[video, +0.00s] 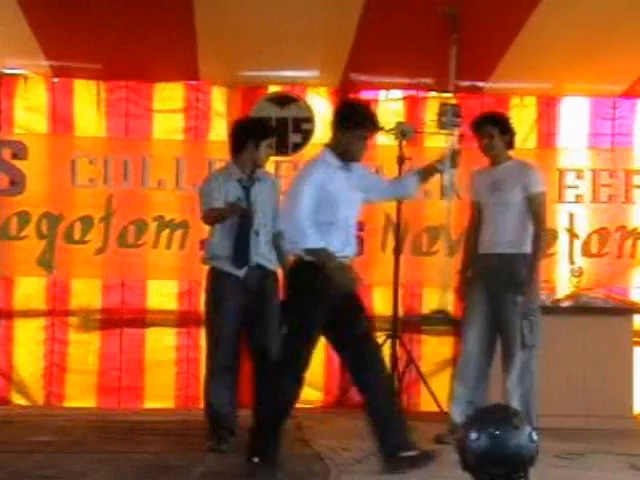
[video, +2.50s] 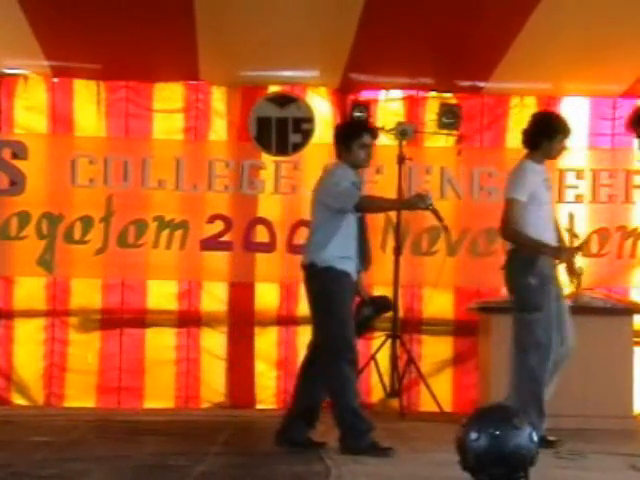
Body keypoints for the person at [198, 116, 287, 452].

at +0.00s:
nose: (266, 155)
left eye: (267, 149)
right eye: (262, 148)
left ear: (260, 151)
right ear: (245, 148)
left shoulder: (269, 184)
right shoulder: (217, 182)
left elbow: (275, 229)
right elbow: (208, 216)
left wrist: (288, 261)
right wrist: (230, 212)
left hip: (263, 274)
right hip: (226, 273)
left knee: (268, 351)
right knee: (223, 352)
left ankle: (268, 429)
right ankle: (221, 427)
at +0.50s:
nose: (288, 155)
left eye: (290, 148)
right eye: (284, 147)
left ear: (278, 148)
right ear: (265, 145)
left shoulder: (270, 182)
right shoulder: (244, 182)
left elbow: (261, 236)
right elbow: (274, 216)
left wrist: (274, 279)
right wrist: (327, 207)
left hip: (264, 279)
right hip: (238, 277)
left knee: (275, 354)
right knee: (231, 353)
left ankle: (287, 428)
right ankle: (222, 429)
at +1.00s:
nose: (325, 151)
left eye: (325, 145)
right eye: (320, 145)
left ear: (311, 149)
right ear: (303, 146)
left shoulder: (300, 180)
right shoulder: (291, 177)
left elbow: (297, 247)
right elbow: (327, 205)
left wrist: (313, 292)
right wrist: (381, 197)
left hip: (295, 274)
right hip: (281, 271)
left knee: (297, 353)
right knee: (278, 350)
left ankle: (292, 431)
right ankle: (239, 426)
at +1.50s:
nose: (337, 154)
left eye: (338, 148)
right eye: (332, 148)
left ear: (324, 151)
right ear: (313, 148)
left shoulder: (312, 179)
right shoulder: (305, 176)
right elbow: (346, 197)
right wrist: (399, 196)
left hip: (300, 271)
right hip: (286, 268)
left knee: (302, 354)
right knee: (286, 350)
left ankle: (294, 432)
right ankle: (254, 428)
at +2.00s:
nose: (344, 155)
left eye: (346, 149)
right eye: (338, 148)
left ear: (340, 152)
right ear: (320, 149)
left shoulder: (316, 178)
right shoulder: (311, 176)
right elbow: (347, 195)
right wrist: (394, 194)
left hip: (303, 267)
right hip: (297, 266)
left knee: (307, 343)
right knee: (319, 342)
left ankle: (296, 429)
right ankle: (302, 431)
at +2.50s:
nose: (368, 153)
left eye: (370, 147)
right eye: (362, 147)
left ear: (368, 149)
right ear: (345, 148)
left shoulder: (346, 180)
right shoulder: (336, 176)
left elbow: (341, 241)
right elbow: (357, 204)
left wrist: (356, 282)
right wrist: (405, 203)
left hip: (337, 273)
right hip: (327, 272)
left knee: (324, 352)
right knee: (341, 353)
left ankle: (294, 429)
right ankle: (355, 436)